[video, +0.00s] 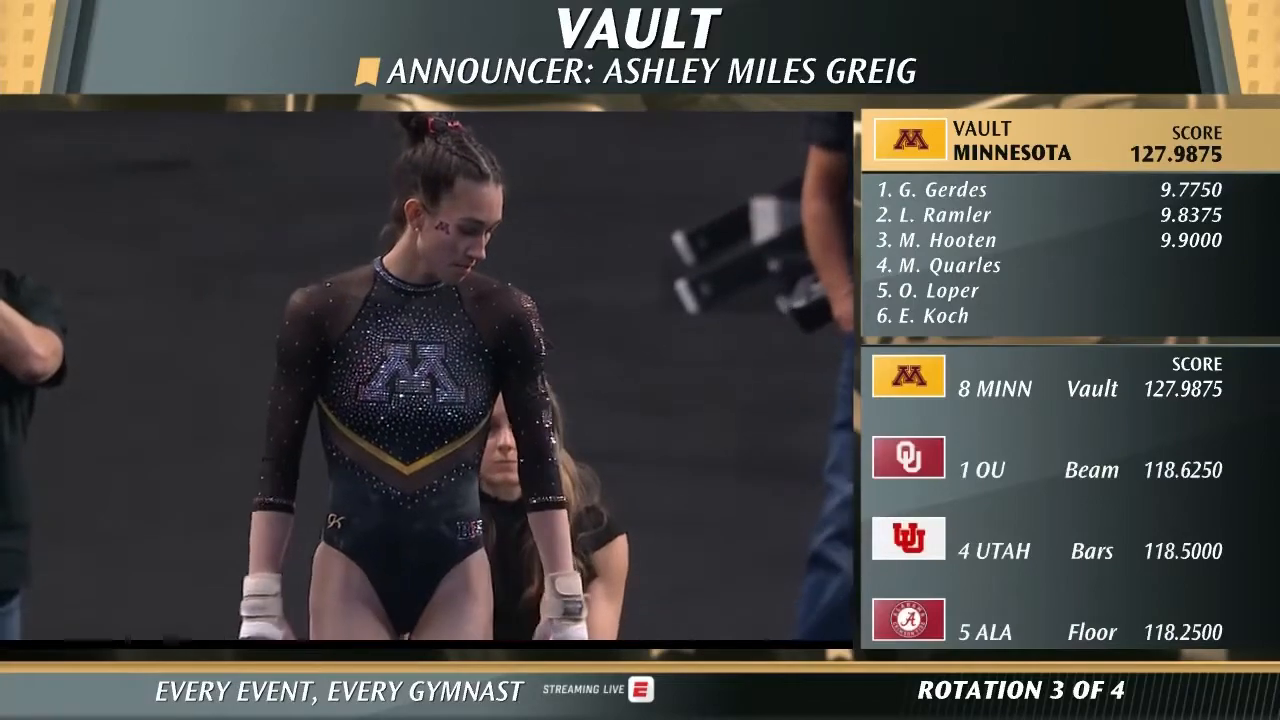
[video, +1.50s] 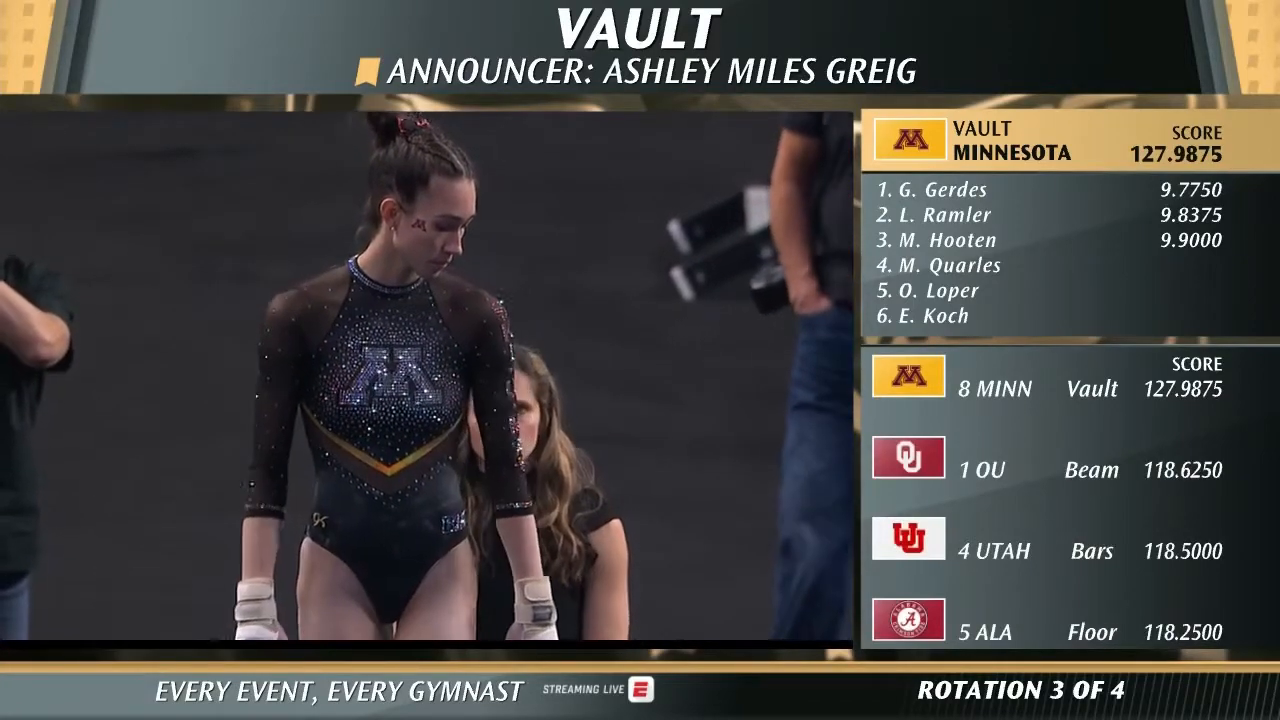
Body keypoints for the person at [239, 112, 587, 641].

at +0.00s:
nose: (481, 250)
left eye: (490, 231)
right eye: (468, 230)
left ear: (497, 220)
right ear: (414, 213)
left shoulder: (503, 316)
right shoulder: (320, 312)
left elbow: (538, 460)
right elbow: (279, 462)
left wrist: (566, 600)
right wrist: (259, 605)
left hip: (458, 568)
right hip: (350, 565)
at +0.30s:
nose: (462, 249)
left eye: (470, 231)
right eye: (447, 229)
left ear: (478, 219)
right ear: (395, 214)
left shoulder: (481, 312)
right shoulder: (301, 316)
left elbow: (520, 457)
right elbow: (263, 473)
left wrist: (565, 592)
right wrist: (233, 612)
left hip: (447, 565)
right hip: (340, 565)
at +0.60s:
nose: (468, 241)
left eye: (476, 223)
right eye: (454, 221)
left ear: (483, 213)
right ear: (403, 208)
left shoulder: (489, 310)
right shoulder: (310, 308)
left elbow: (510, 460)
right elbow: (284, 461)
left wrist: (519, 603)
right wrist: (284, 609)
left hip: (458, 558)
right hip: (348, 556)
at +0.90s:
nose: (471, 246)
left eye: (480, 228)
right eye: (458, 227)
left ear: (485, 217)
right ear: (406, 212)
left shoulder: (493, 315)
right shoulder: (315, 313)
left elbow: (510, 468)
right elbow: (291, 468)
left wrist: (494, 612)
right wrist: (280, 609)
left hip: (458, 559)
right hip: (348, 557)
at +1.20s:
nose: (471, 245)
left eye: (478, 227)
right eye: (458, 226)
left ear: (483, 216)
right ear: (405, 210)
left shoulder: (488, 316)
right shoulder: (312, 313)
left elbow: (512, 469)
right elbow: (281, 468)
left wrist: (536, 613)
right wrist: (254, 614)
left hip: (453, 562)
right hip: (345, 559)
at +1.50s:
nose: (456, 244)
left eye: (463, 227)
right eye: (443, 226)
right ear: (391, 212)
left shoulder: (472, 315)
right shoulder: (296, 315)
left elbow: (502, 463)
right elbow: (266, 467)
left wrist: (534, 605)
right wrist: (252, 608)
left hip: (443, 560)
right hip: (335, 558)